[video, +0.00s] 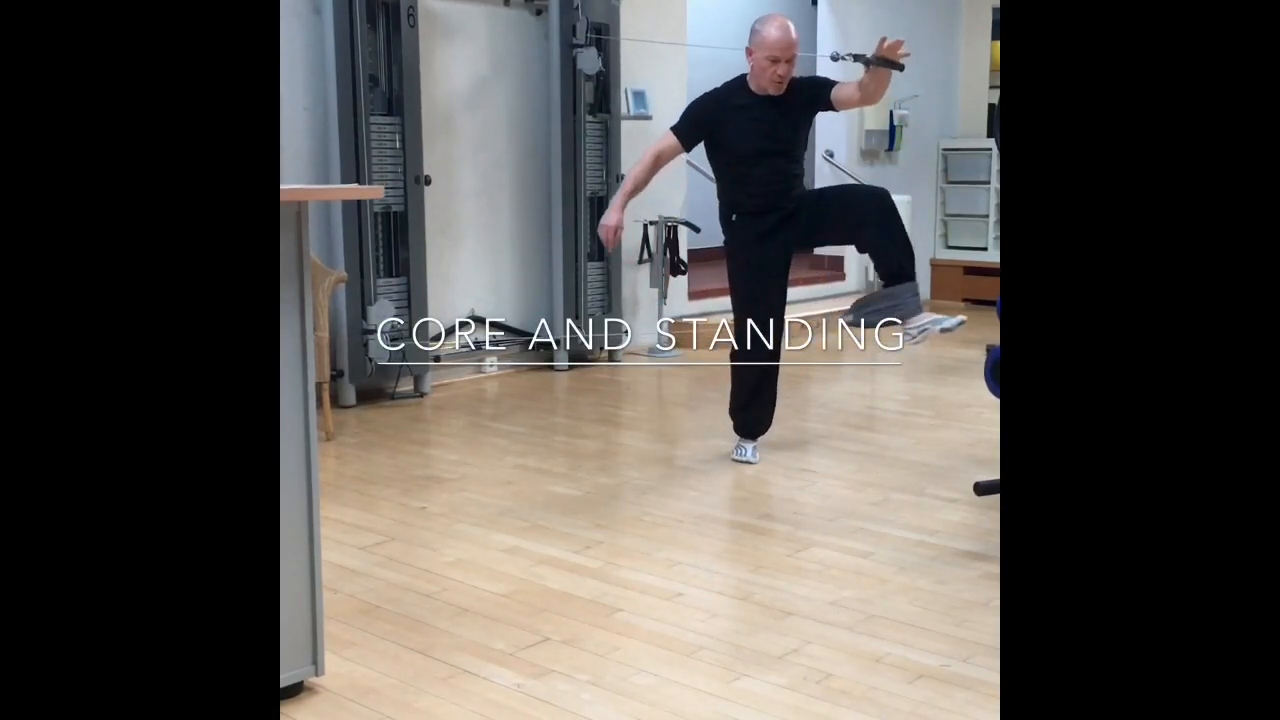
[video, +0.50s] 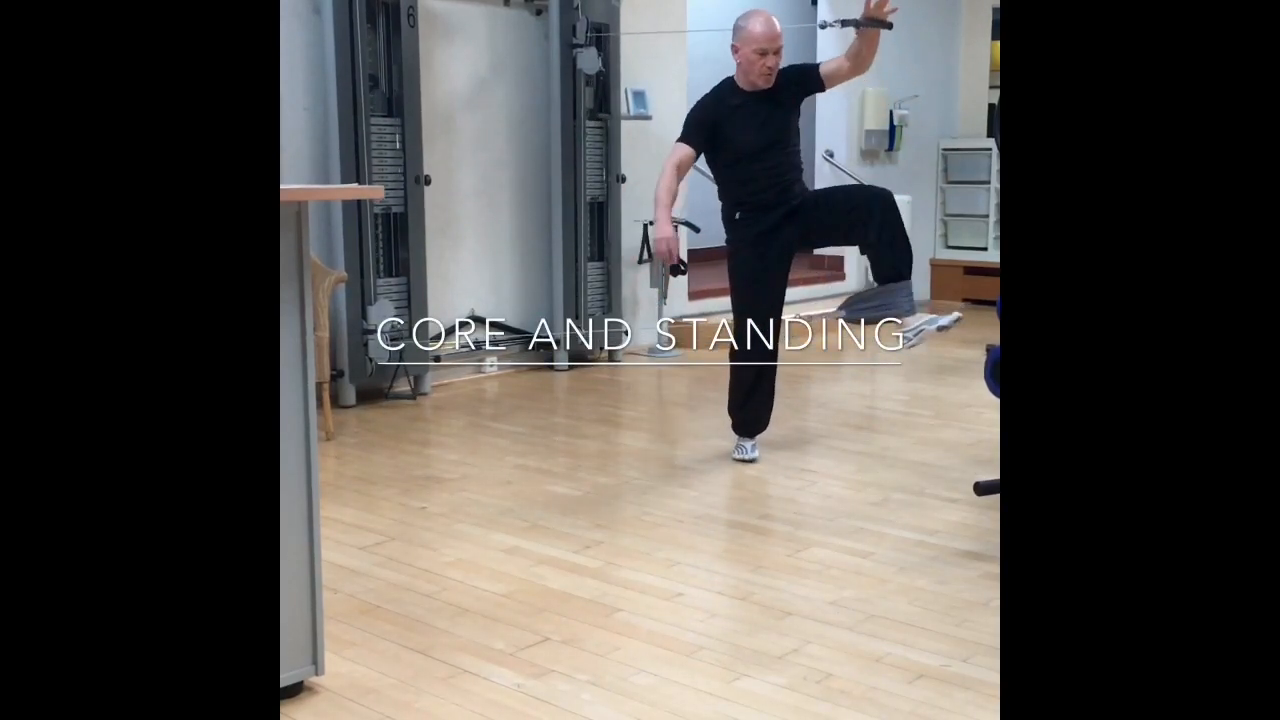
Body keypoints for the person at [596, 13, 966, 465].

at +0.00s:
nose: (784, 71)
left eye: (791, 60)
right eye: (775, 61)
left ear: (797, 56)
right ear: (750, 54)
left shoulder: (804, 92)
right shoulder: (715, 106)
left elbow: (864, 94)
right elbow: (658, 155)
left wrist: (882, 65)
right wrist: (617, 205)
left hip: (800, 213)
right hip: (750, 230)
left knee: (873, 203)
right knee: (757, 331)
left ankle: (911, 314)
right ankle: (747, 436)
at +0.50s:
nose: (773, 62)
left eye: (777, 53)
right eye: (763, 53)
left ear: (781, 49)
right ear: (736, 50)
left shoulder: (791, 83)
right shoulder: (712, 109)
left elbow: (855, 63)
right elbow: (673, 168)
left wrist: (872, 23)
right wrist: (662, 224)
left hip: (802, 212)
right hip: (753, 232)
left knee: (875, 203)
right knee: (755, 332)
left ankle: (902, 314)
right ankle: (746, 432)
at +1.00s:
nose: (802, 65)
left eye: (803, 56)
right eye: (794, 57)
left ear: (771, 55)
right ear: (761, 54)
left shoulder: (788, 82)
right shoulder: (731, 104)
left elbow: (839, 61)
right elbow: (715, 170)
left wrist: (875, 36)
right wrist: (755, 215)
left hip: (791, 213)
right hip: (748, 227)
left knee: (877, 216)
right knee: (758, 328)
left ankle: (856, 314)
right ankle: (745, 433)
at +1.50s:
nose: (819, 62)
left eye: (822, 54)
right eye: (817, 54)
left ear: (781, 50)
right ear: (791, 50)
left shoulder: (748, 80)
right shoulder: (770, 101)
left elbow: (779, 60)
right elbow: (819, 153)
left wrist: (814, 38)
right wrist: (889, 185)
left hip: (787, 214)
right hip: (760, 228)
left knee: (863, 226)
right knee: (768, 332)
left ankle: (822, 310)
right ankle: (747, 435)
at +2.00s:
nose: (835, 59)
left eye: (832, 53)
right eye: (837, 53)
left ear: (791, 49)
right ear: (833, 54)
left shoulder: (754, 87)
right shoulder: (837, 105)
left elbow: (716, 94)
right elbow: (912, 137)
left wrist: (761, 70)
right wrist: (969, 127)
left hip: (734, 219)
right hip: (782, 231)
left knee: (761, 246)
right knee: (776, 331)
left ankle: (746, 313)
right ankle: (748, 431)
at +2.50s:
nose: (784, 69)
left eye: (784, 63)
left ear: (784, 66)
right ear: (826, 70)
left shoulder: (755, 101)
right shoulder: (845, 112)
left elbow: (703, 121)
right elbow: (915, 150)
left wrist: (736, 135)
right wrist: (922, 162)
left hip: (748, 225)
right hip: (802, 238)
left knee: (707, 278)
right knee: (780, 337)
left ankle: (688, 351)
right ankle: (752, 433)